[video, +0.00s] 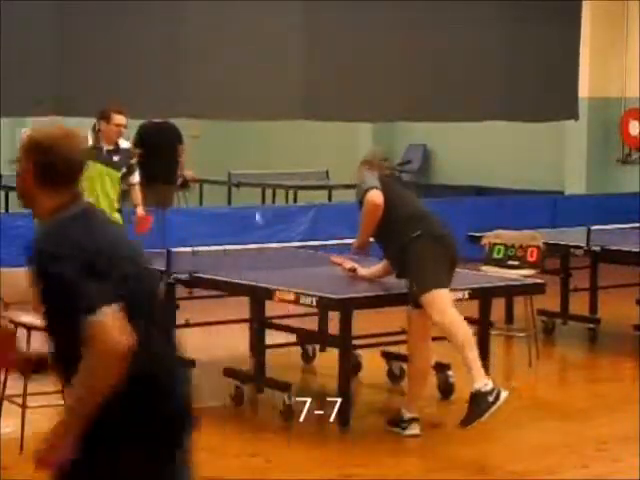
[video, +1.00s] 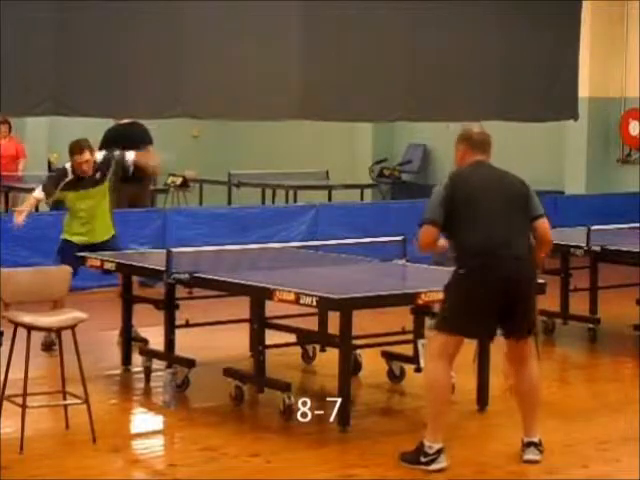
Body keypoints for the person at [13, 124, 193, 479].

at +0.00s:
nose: (17, 177)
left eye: (19, 167)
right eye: (18, 167)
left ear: (28, 174)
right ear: (75, 172)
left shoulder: (57, 241)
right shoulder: (99, 225)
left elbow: (113, 341)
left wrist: (67, 430)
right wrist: (42, 361)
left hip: (119, 427)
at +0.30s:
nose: (109, 147)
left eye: (112, 142)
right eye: (104, 143)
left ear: (115, 143)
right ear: (93, 145)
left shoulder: (119, 164)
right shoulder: (83, 164)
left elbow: (125, 193)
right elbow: (88, 198)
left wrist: (124, 208)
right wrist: (114, 208)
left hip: (103, 230)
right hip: (76, 232)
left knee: (121, 274)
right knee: (64, 282)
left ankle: (116, 325)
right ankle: (52, 331)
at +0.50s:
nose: (96, 139)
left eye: (98, 134)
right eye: (91, 135)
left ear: (103, 134)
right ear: (81, 138)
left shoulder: (114, 156)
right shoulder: (71, 157)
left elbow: (126, 194)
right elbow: (61, 191)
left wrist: (102, 189)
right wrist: (75, 203)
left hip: (102, 227)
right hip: (73, 228)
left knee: (120, 274)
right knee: (63, 279)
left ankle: (117, 324)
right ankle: (53, 330)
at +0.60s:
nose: (92, 141)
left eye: (93, 136)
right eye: (86, 138)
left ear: (99, 136)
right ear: (77, 142)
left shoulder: (110, 156)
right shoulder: (67, 160)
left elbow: (120, 185)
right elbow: (46, 188)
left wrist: (88, 179)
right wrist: (42, 205)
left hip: (102, 230)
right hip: (71, 230)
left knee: (124, 276)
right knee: (59, 280)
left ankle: (126, 327)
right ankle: (52, 332)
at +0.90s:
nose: (86, 167)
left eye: (89, 161)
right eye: (81, 163)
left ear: (96, 156)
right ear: (74, 162)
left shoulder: (109, 170)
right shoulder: (68, 175)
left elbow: (124, 195)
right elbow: (39, 197)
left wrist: (90, 201)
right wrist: (18, 214)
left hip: (103, 238)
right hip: (73, 237)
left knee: (128, 274)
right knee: (58, 284)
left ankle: (127, 328)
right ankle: (51, 331)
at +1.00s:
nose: (84, 168)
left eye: (87, 162)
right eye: (79, 164)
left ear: (94, 157)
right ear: (71, 162)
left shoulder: (106, 162)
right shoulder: (63, 175)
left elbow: (128, 156)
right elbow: (38, 195)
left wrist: (146, 160)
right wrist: (23, 212)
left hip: (105, 237)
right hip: (74, 238)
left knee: (129, 277)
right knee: (61, 285)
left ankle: (128, 328)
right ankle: (52, 332)